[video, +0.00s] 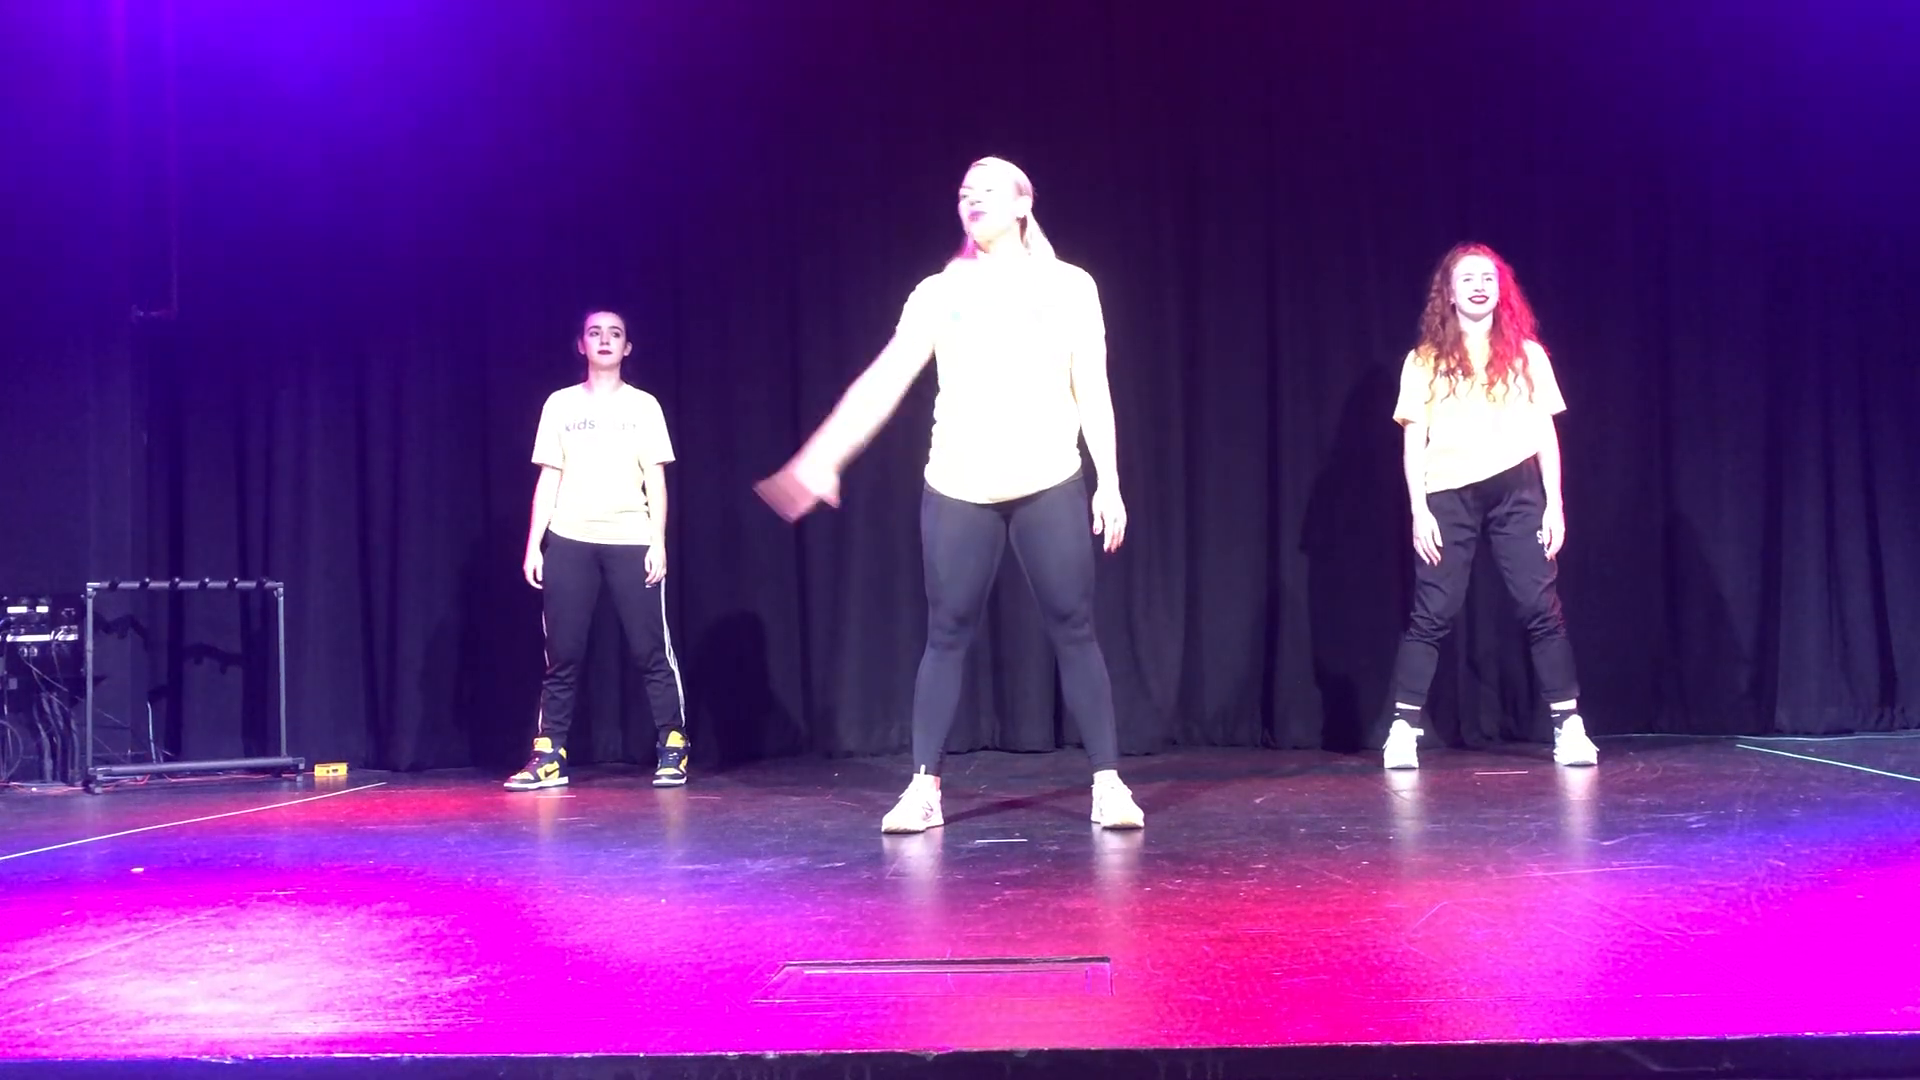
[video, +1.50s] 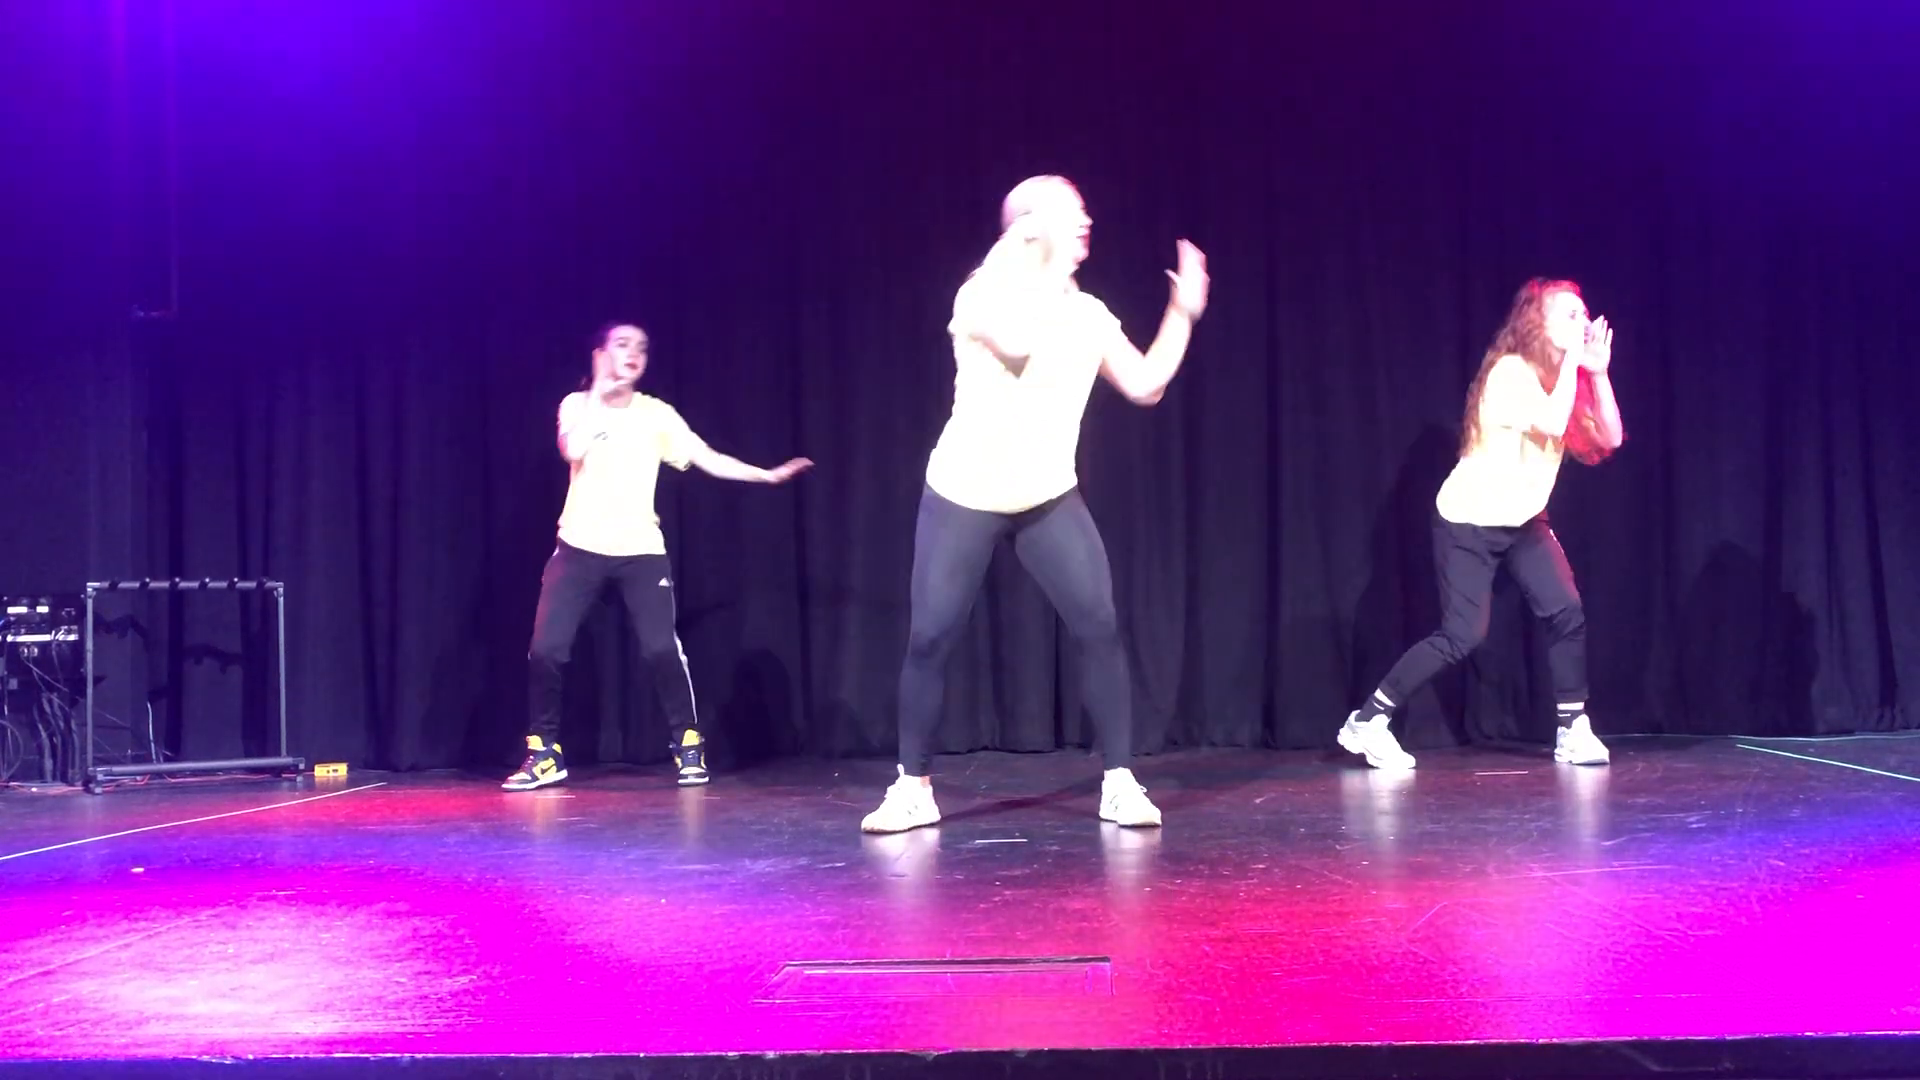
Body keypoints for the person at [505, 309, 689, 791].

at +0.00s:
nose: (604, 340)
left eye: (614, 333)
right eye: (596, 333)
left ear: (626, 346)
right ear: (582, 345)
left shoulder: (644, 405)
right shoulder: (559, 404)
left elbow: (655, 480)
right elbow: (549, 477)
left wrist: (658, 541)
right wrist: (533, 544)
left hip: (631, 542)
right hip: (569, 542)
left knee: (650, 651)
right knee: (561, 656)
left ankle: (672, 748)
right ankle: (550, 756)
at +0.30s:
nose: (549, 342)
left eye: (560, 334)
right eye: (541, 336)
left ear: (583, 347)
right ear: (535, 353)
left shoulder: (608, 398)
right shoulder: (540, 413)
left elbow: (637, 465)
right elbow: (497, 457)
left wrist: (645, 535)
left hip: (625, 541)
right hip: (574, 546)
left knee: (647, 653)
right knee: (556, 653)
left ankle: (673, 746)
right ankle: (549, 757)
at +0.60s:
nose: (486, 371)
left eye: (497, 362)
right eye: (482, 364)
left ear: (524, 373)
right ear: (481, 379)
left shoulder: (546, 415)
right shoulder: (509, 436)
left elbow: (590, 474)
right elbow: (466, 476)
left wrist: (609, 547)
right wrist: (472, 417)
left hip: (619, 541)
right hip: (579, 551)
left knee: (642, 649)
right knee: (555, 651)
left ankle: (696, 746)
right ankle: (549, 757)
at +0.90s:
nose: (483, 389)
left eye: (494, 380)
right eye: (481, 381)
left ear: (522, 389)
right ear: (482, 391)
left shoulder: (547, 430)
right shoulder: (514, 452)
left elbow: (589, 491)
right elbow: (475, 496)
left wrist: (591, 566)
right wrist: (475, 439)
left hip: (615, 556)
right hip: (575, 562)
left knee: (626, 665)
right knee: (533, 650)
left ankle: (710, 745)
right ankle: (547, 759)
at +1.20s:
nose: (535, 361)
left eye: (547, 354)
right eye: (528, 353)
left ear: (566, 368)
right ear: (519, 366)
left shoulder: (589, 411)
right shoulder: (528, 427)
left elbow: (633, 468)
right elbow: (493, 460)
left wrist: (651, 519)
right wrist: (512, 402)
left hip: (626, 552)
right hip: (574, 555)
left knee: (643, 655)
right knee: (544, 649)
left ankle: (707, 745)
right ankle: (548, 759)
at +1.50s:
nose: (631, 357)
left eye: (639, 351)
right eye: (622, 347)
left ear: (646, 363)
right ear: (598, 355)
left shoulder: (657, 415)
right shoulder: (576, 405)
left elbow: (708, 459)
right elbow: (572, 451)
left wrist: (767, 475)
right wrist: (597, 398)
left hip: (640, 550)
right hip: (579, 548)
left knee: (661, 648)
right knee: (546, 649)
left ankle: (689, 748)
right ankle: (544, 755)